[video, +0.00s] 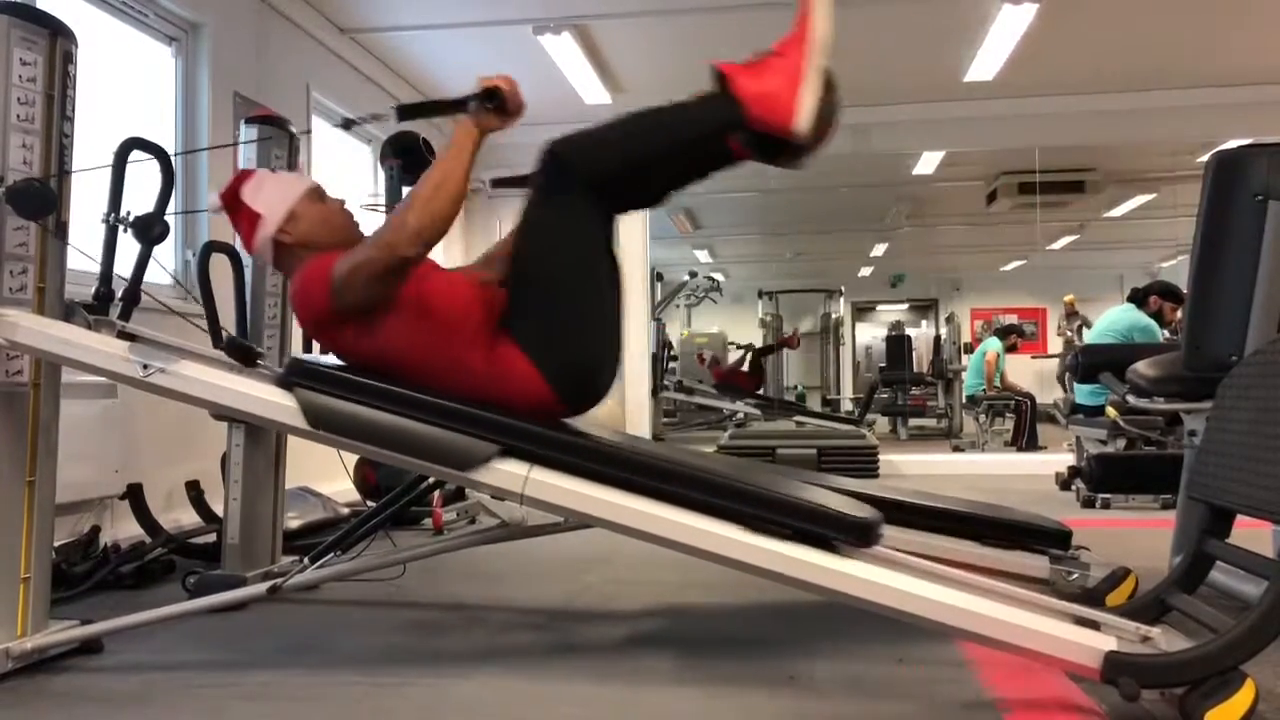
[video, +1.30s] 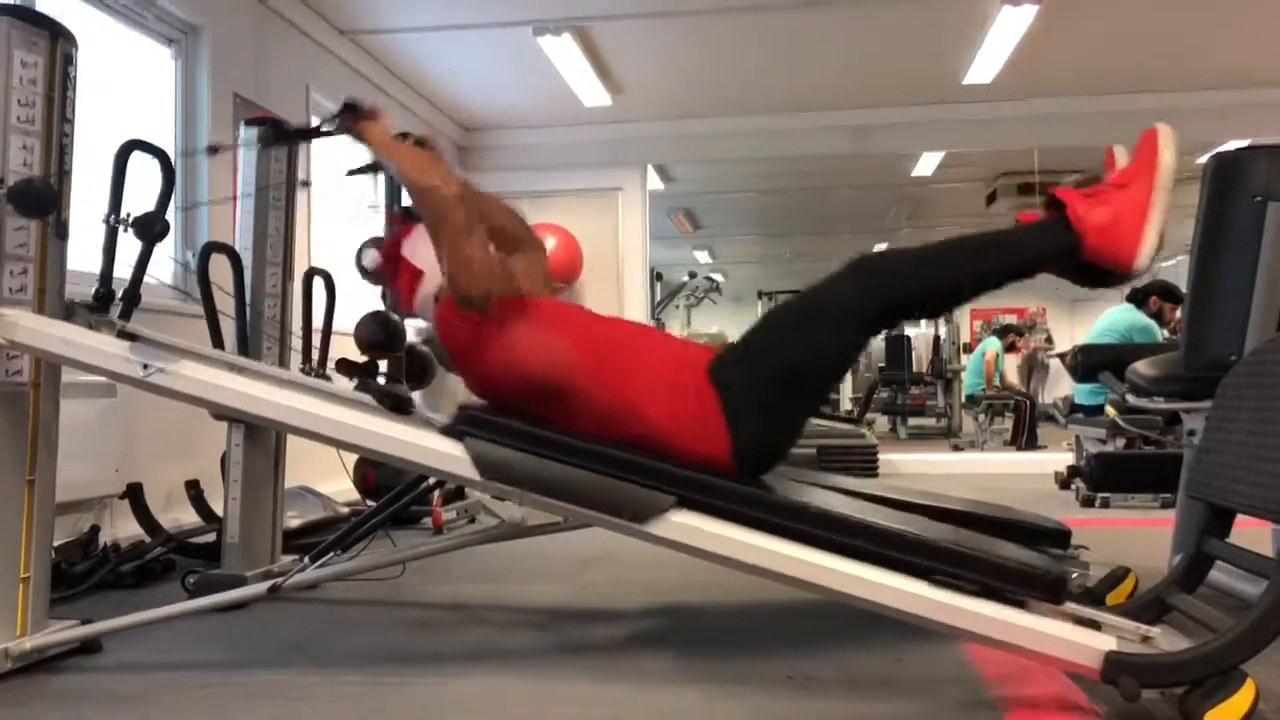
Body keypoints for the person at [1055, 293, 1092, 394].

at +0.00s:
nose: (1067, 308)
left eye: (1069, 305)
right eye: (1065, 305)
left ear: (1073, 305)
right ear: (1064, 306)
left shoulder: (1080, 317)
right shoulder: (1062, 317)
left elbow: (1091, 328)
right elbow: (1058, 332)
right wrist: (1064, 332)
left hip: (1078, 347)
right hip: (1066, 348)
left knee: (1078, 372)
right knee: (1060, 375)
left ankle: (1078, 394)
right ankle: (1067, 394)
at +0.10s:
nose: (1065, 308)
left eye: (1067, 306)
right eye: (1063, 306)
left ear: (1071, 306)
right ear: (1061, 307)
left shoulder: (1078, 318)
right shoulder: (1059, 318)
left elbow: (1090, 328)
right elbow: (1055, 332)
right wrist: (1060, 332)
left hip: (1075, 349)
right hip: (1063, 349)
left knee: (1074, 374)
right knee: (1055, 375)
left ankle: (1073, 397)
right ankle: (1056, 397)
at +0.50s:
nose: (1054, 316)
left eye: (1056, 314)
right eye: (1052, 313)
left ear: (1061, 315)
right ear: (1049, 314)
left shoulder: (1063, 326)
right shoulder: (1045, 325)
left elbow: (1074, 334)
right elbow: (1042, 337)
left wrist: (1085, 340)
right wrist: (1050, 342)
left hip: (1061, 356)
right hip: (1049, 356)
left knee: (1059, 383)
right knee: (1045, 384)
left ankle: (1069, 401)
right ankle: (1042, 407)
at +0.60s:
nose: (1049, 318)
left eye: (1052, 316)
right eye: (1048, 316)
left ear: (1056, 318)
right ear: (1044, 316)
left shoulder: (1058, 329)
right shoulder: (1036, 327)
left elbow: (1070, 338)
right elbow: (1027, 340)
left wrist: (1080, 343)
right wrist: (1036, 344)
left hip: (1055, 359)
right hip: (1041, 359)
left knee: (1055, 385)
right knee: (1038, 386)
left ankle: (1066, 398)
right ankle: (1038, 409)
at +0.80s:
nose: (1040, 318)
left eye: (1043, 315)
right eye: (1037, 315)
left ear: (1048, 317)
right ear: (1033, 316)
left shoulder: (1051, 329)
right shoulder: (1028, 328)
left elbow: (1058, 341)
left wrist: (1066, 351)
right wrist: (1031, 346)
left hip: (1048, 360)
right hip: (1032, 361)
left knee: (1045, 380)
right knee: (1032, 387)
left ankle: (1054, 397)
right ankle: (1034, 407)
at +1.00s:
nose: (1035, 320)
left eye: (1038, 317)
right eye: (1033, 317)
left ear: (1043, 318)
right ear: (1030, 317)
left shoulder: (1048, 329)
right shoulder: (1025, 329)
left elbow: (1054, 342)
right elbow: (1019, 341)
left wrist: (1055, 351)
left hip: (1044, 359)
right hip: (1029, 359)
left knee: (1038, 382)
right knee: (1029, 385)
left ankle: (1041, 404)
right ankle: (1031, 407)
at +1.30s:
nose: (1033, 319)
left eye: (1035, 317)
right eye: (1031, 316)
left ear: (1039, 318)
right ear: (1028, 317)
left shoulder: (1044, 330)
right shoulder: (1023, 329)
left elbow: (1052, 346)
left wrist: (1038, 347)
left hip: (1041, 362)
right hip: (1026, 361)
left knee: (1034, 388)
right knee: (1024, 387)